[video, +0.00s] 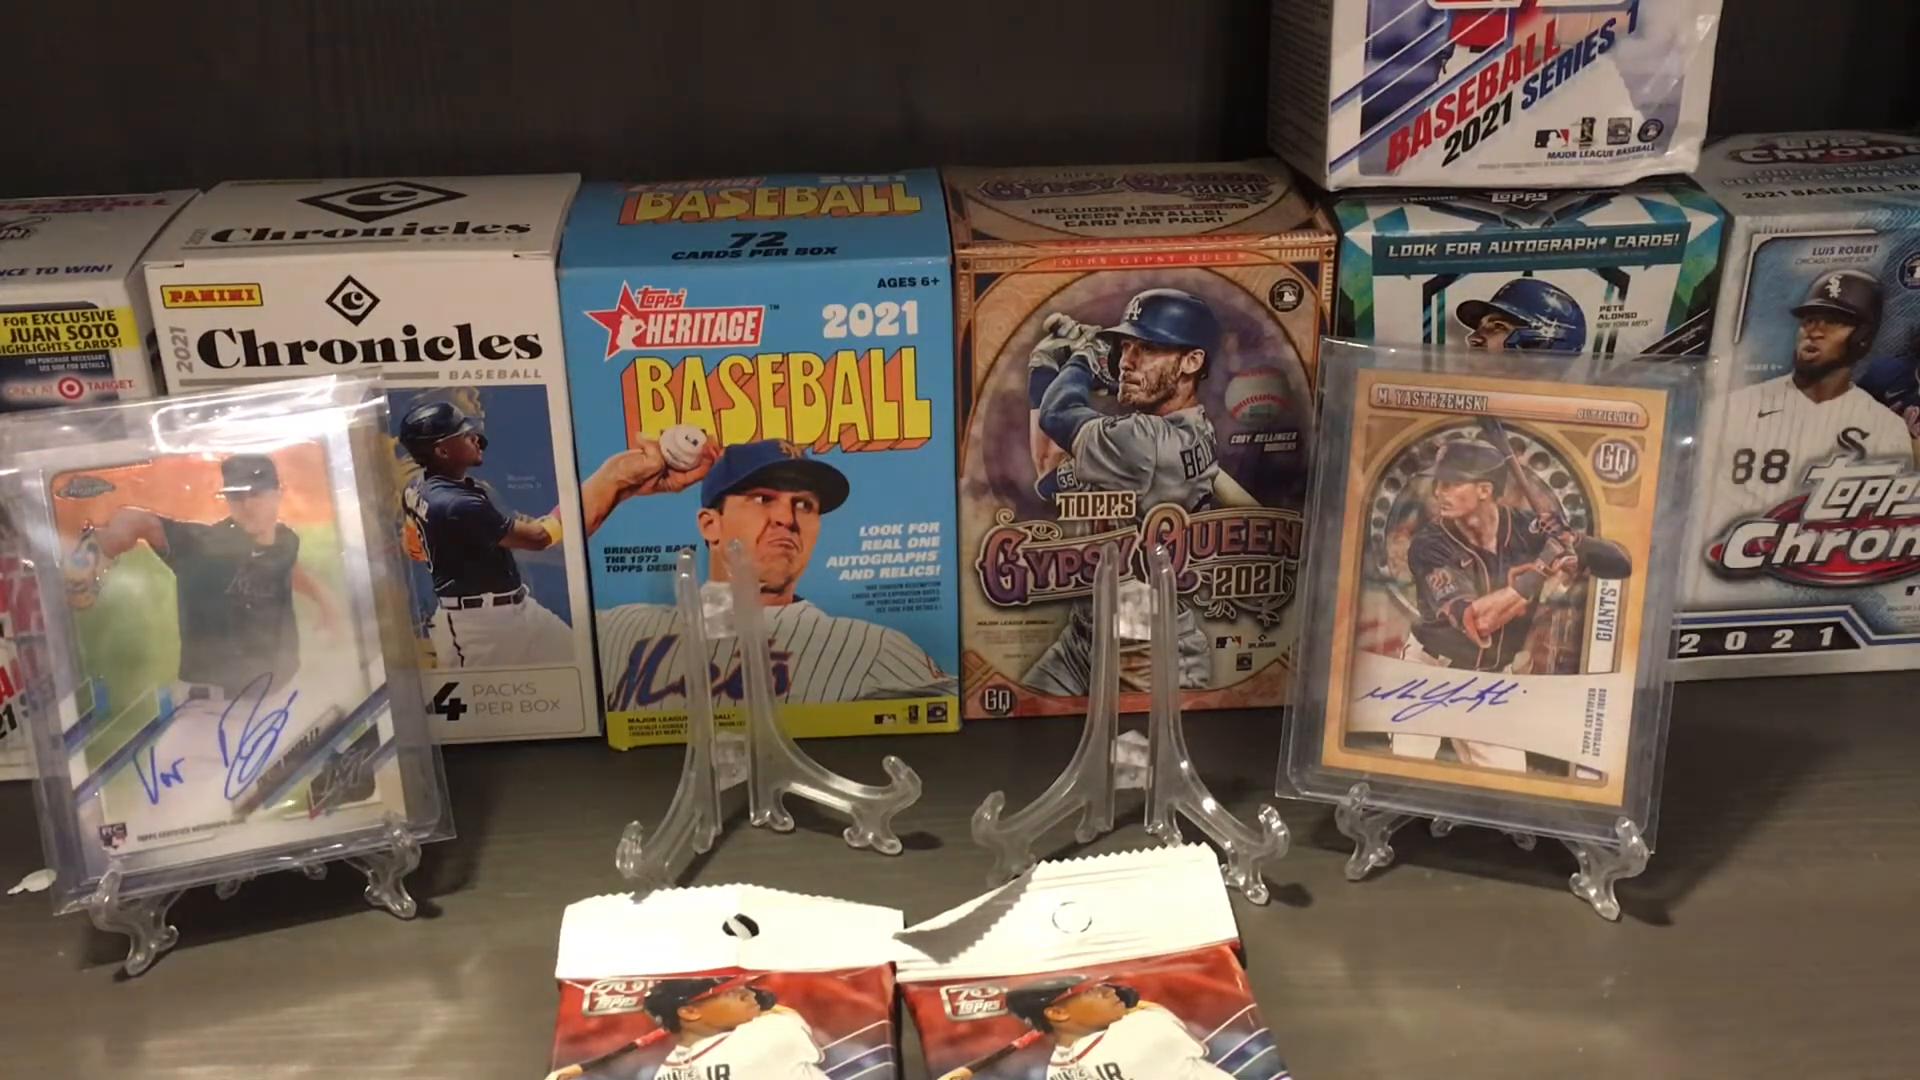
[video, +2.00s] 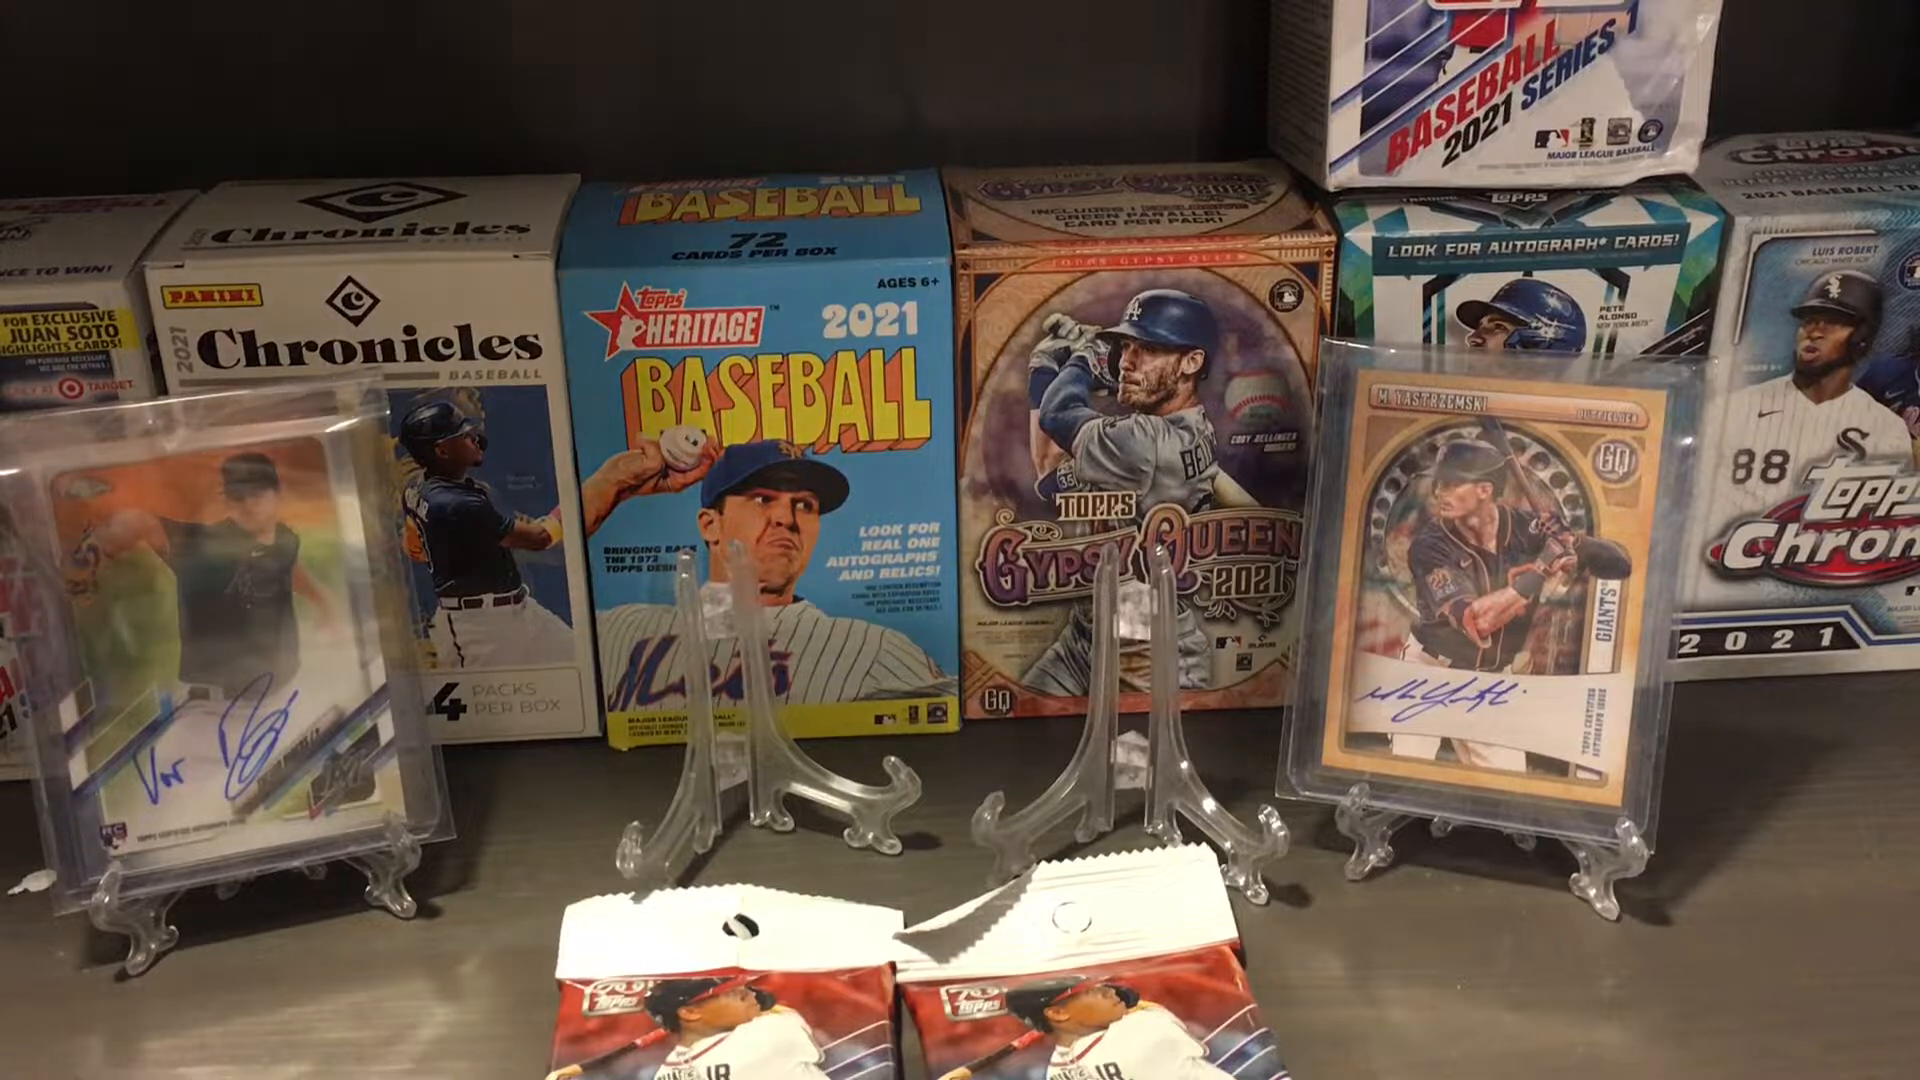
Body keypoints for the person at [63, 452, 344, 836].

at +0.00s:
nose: (248, 505)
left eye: (258, 492)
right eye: (237, 496)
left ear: (278, 495)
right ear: (227, 501)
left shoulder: (287, 542)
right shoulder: (198, 543)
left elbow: (288, 571)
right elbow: (135, 517)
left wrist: (323, 600)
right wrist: (105, 546)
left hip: (278, 702)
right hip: (210, 708)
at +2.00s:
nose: (250, 507)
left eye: (258, 496)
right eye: (239, 499)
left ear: (276, 495)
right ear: (228, 501)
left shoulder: (286, 541)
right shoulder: (202, 542)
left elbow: (292, 570)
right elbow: (141, 524)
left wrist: (322, 601)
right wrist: (104, 543)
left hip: (275, 683)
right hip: (215, 689)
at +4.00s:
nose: (247, 507)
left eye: (256, 496)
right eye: (237, 498)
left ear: (276, 495)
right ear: (226, 499)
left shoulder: (286, 540)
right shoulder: (201, 541)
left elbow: (291, 569)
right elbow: (134, 518)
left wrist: (324, 602)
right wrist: (111, 541)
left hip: (274, 687)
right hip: (212, 693)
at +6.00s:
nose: (252, 506)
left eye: (260, 495)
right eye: (241, 497)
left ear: (277, 497)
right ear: (230, 502)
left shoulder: (286, 542)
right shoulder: (198, 543)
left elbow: (291, 571)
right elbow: (136, 519)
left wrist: (323, 602)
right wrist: (114, 540)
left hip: (278, 695)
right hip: (215, 701)